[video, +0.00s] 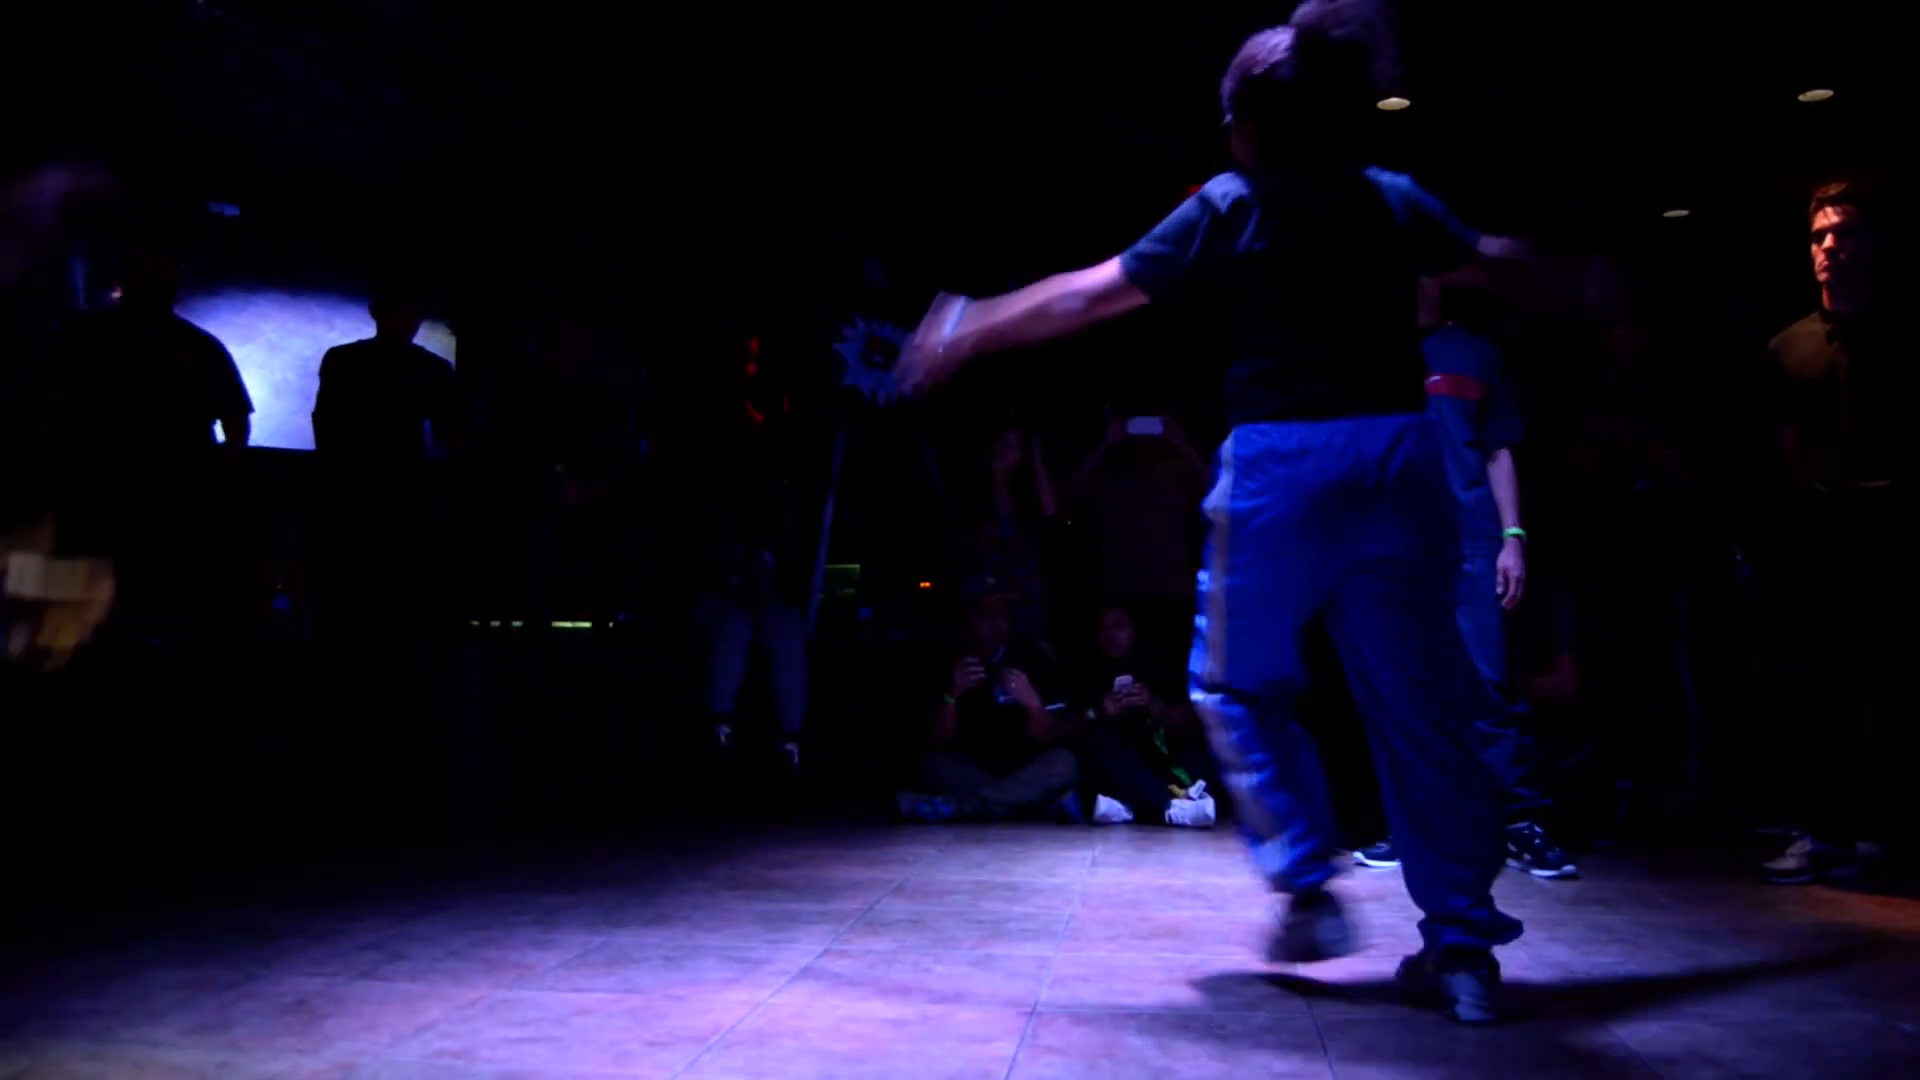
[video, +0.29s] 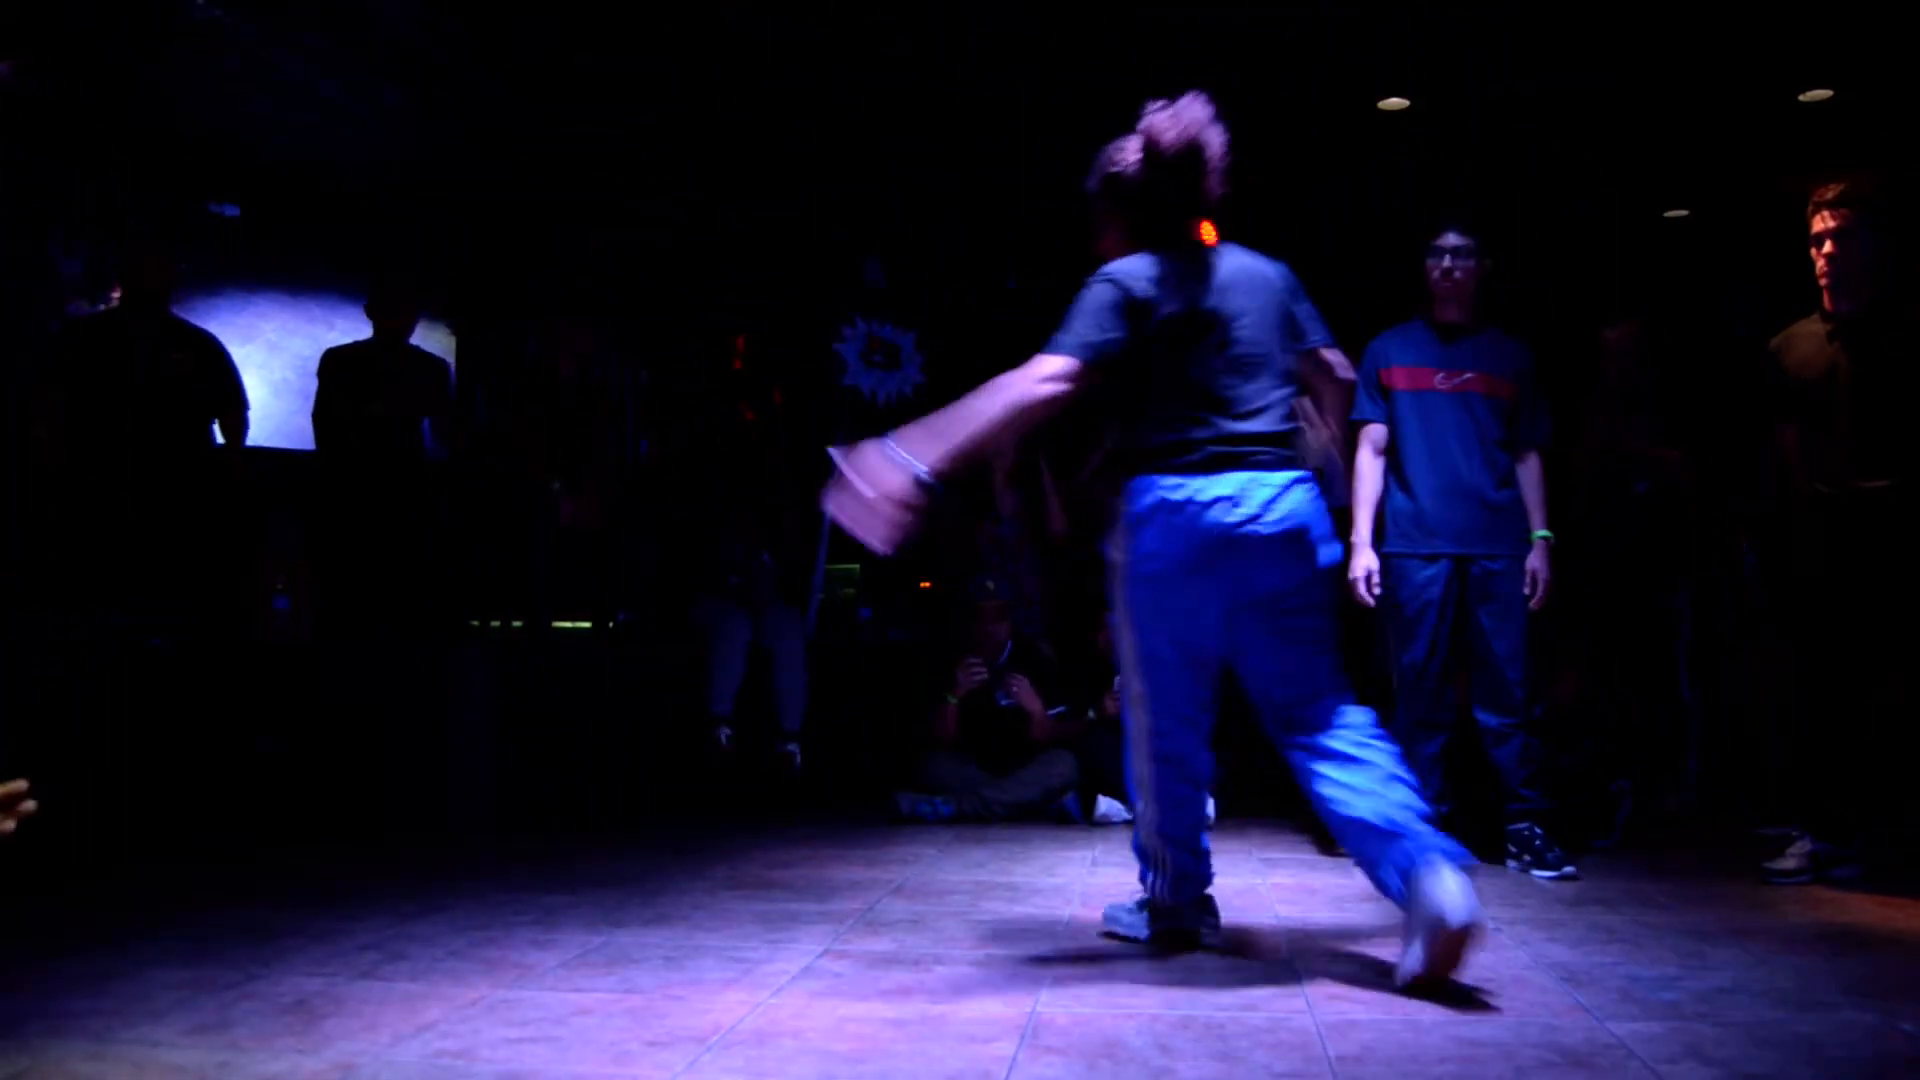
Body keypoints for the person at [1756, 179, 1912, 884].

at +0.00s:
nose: (1828, 250)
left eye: (1843, 235)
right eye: (1818, 237)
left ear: (1876, 249)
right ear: (1809, 253)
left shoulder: (1906, 339)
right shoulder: (1791, 348)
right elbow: (1768, 452)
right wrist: (1769, 532)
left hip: (1894, 541)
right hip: (1811, 540)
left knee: (1891, 683)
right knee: (1813, 681)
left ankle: (1890, 830)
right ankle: (1817, 828)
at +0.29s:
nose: (1825, 254)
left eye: (1840, 239)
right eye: (1817, 241)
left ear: (1875, 249)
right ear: (1810, 254)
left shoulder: (1903, 338)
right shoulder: (1795, 347)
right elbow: (1774, 451)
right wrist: (1776, 530)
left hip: (1892, 540)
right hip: (1812, 539)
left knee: (1890, 684)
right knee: (1815, 681)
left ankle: (1892, 835)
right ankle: (1818, 828)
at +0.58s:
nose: (1828, 249)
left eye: (1845, 234)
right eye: (1820, 236)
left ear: (1876, 249)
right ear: (1810, 252)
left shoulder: (1906, 338)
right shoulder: (1791, 347)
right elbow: (1768, 453)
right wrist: (1772, 530)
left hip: (1895, 541)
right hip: (1812, 539)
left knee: (1894, 683)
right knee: (1815, 682)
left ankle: (1900, 834)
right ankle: (1816, 829)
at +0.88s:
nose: (1828, 252)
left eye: (1843, 237)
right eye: (1819, 239)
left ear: (1876, 249)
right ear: (1811, 254)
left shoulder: (1905, 339)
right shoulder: (1792, 348)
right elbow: (1768, 449)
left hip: (1893, 539)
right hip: (1811, 538)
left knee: (1891, 684)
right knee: (1814, 682)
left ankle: (1892, 835)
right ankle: (1814, 829)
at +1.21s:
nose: (1829, 251)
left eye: (1844, 237)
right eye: (1820, 238)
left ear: (1876, 250)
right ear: (1812, 254)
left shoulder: (1908, 338)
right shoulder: (1794, 348)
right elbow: (1771, 451)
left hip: (1899, 538)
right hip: (1816, 537)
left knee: (1898, 683)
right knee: (1818, 682)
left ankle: (1903, 834)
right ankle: (1818, 829)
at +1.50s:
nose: (1828, 251)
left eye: (1844, 237)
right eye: (1820, 239)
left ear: (1875, 251)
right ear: (1812, 255)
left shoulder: (1908, 337)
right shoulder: (1793, 348)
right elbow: (1771, 450)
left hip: (1896, 537)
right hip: (1813, 536)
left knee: (1898, 681)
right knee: (1817, 681)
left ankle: (1900, 832)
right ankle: (1820, 828)